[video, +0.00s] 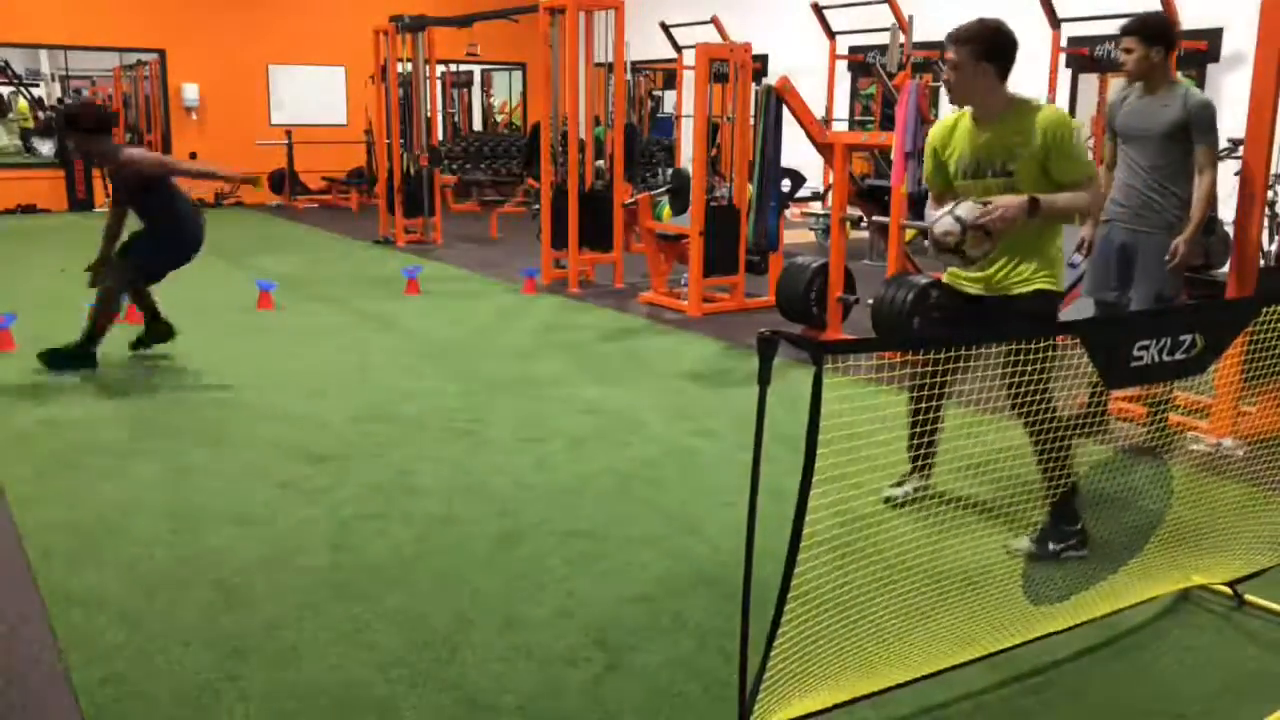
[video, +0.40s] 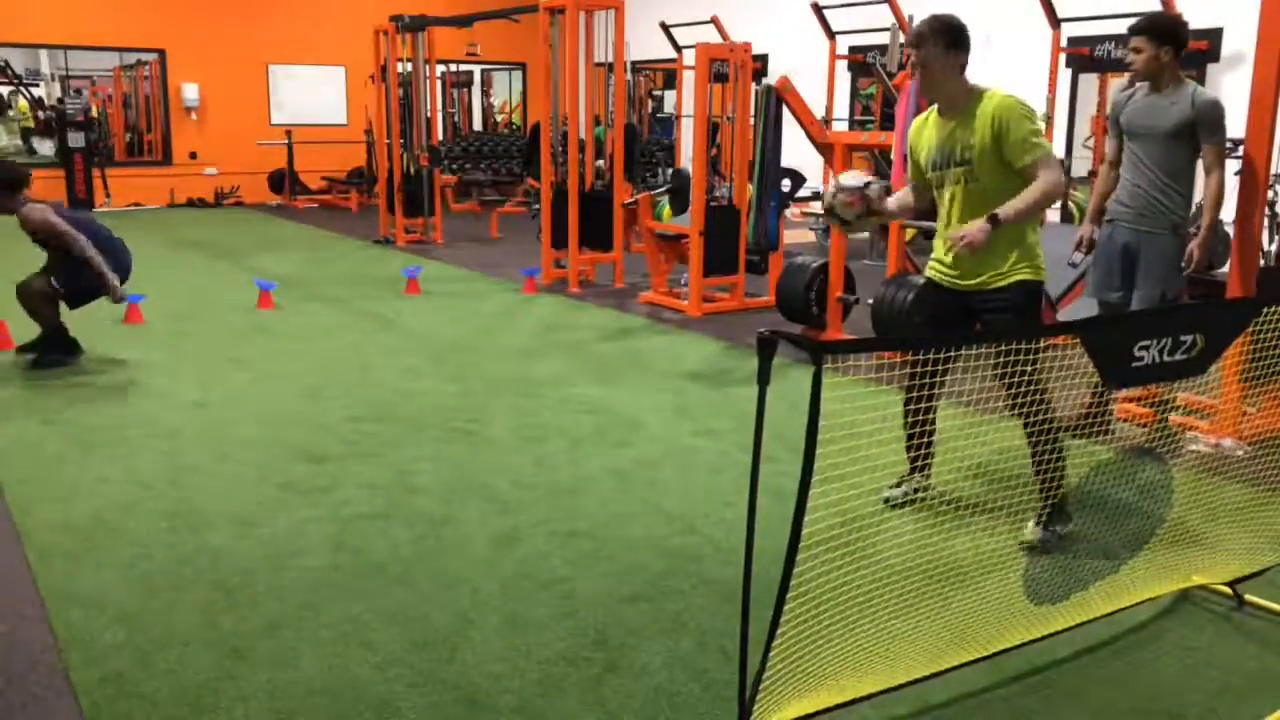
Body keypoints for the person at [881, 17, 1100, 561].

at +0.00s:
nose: (945, 75)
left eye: (954, 66)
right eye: (945, 65)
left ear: (989, 69)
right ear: (966, 69)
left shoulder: (1049, 126)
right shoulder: (943, 133)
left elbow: (1091, 197)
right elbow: (937, 203)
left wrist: (1028, 205)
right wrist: (940, 227)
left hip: (1029, 284)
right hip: (962, 283)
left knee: (1028, 396)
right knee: (926, 371)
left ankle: (1067, 519)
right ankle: (918, 474)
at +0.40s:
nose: (910, 62)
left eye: (919, 51)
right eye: (910, 52)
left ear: (954, 56)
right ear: (930, 58)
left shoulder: (1004, 112)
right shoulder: (919, 129)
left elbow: (1053, 180)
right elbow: (920, 199)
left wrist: (992, 220)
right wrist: (874, 207)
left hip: (1009, 279)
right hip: (945, 277)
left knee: (1022, 388)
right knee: (918, 377)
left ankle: (1054, 504)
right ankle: (918, 476)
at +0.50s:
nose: (929, 75)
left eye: (941, 65)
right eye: (923, 65)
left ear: (970, 63)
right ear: (918, 67)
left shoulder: (1008, 115)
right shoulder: (924, 132)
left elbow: (1065, 179)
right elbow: (901, 191)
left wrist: (1033, 240)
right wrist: (844, 188)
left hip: (1016, 281)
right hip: (950, 280)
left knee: (1031, 392)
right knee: (920, 375)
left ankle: (1060, 511)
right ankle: (917, 475)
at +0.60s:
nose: (945, 79)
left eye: (957, 67)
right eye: (937, 68)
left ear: (981, 64)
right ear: (929, 68)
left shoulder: (1019, 116)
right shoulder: (927, 131)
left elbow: (1089, 170)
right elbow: (891, 180)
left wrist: (1097, 240)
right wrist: (832, 162)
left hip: (1029, 281)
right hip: (961, 280)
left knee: (1037, 391)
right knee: (925, 374)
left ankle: (1062, 508)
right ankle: (917, 475)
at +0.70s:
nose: (974, 84)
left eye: (985, 72)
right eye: (964, 74)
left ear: (1000, 68)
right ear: (945, 72)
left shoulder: (1043, 119)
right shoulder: (936, 134)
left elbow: (1119, 162)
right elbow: (887, 180)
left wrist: (1154, 219)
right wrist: (841, 150)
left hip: (1046, 282)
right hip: (971, 283)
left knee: (1047, 384)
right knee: (935, 372)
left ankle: (1066, 508)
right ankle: (919, 477)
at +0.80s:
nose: (1003, 89)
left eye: (1012, 77)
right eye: (991, 80)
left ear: (1027, 73)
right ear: (973, 81)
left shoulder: (1067, 125)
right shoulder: (951, 145)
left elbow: (1130, 169)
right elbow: (899, 211)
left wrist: (1180, 199)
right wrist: (856, 185)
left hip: (1062, 291)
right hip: (983, 296)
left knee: (1062, 397)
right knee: (939, 374)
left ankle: (1065, 513)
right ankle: (920, 475)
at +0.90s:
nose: (1025, 100)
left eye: (1033, 87)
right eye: (1011, 90)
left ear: (1046, 82)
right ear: (991, 90)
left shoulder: (1082, 135)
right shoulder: (973, 159)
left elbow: (1127, 201)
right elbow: (958, 237)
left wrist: (1178, 227)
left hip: (1073, 292)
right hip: (998, 298)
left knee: (1080, 403)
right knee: (952, 377)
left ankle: (1063, 512)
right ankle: (920, 471)